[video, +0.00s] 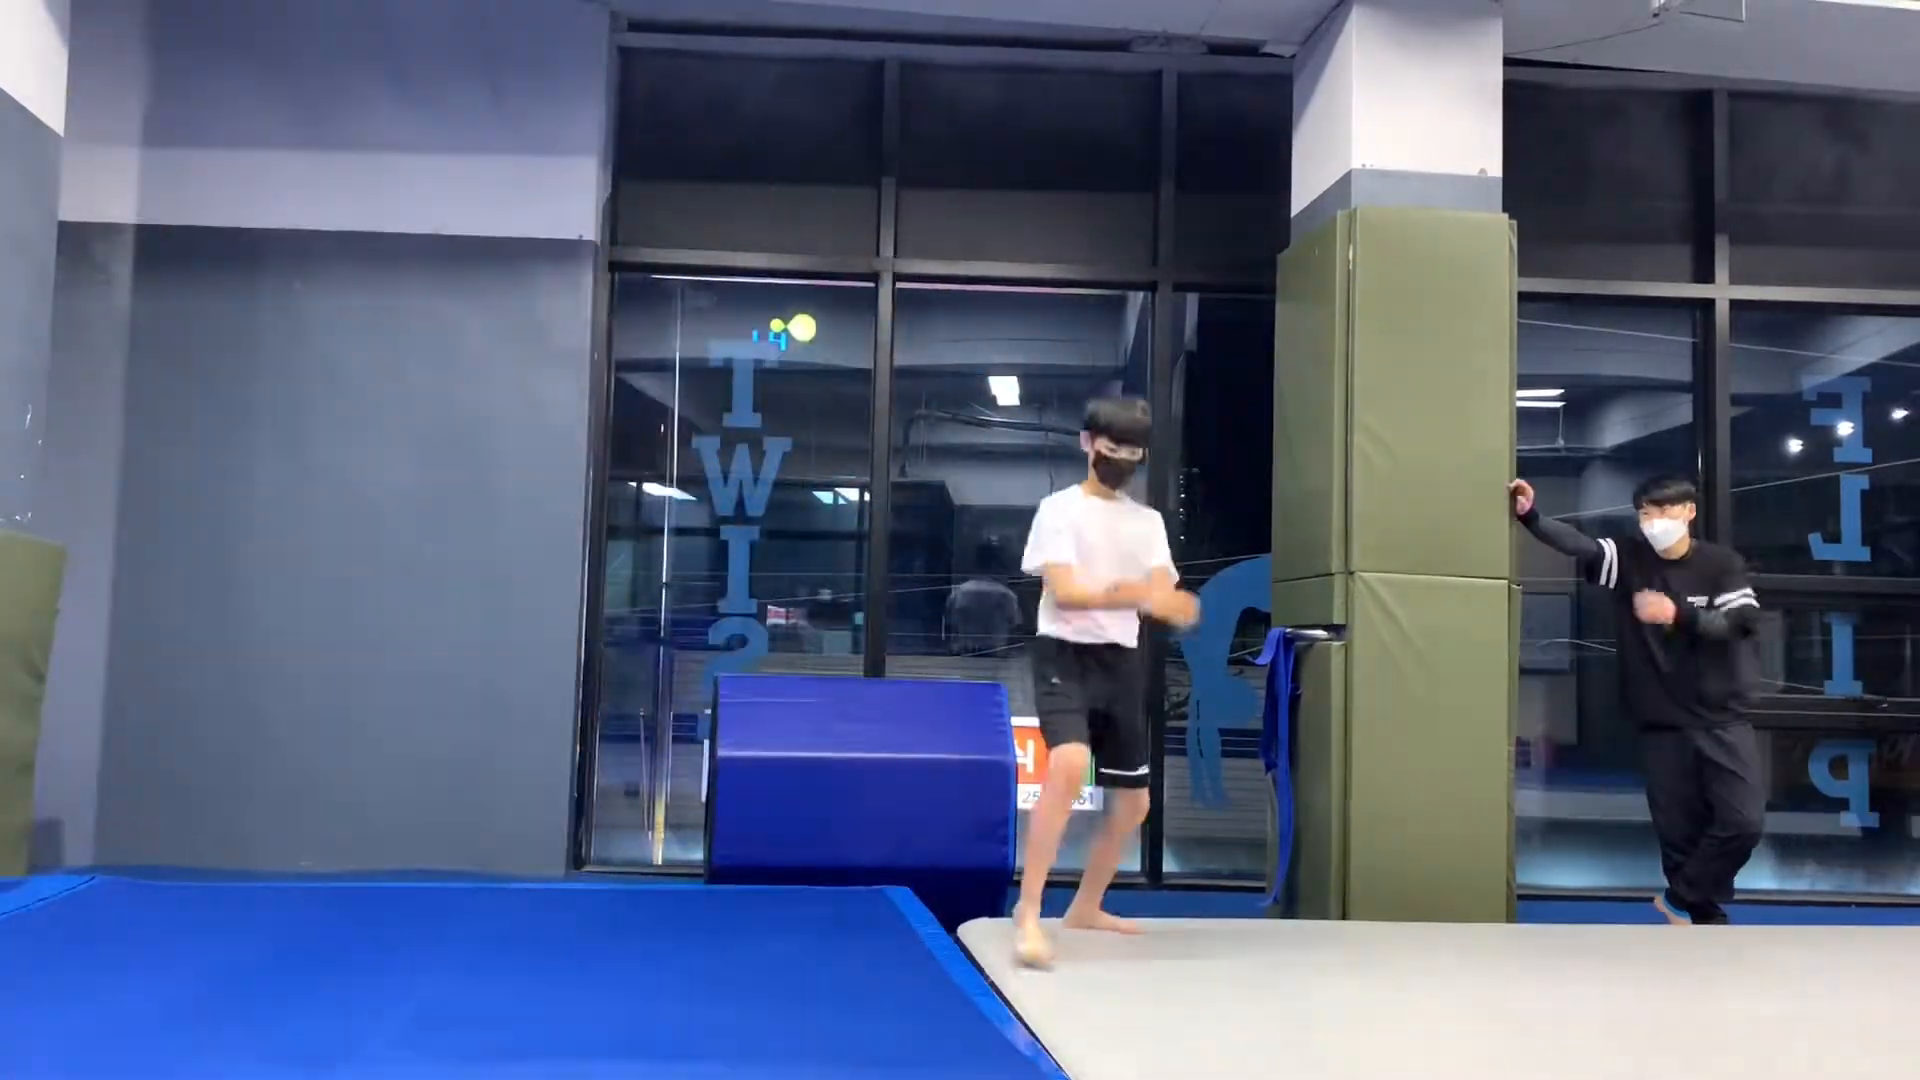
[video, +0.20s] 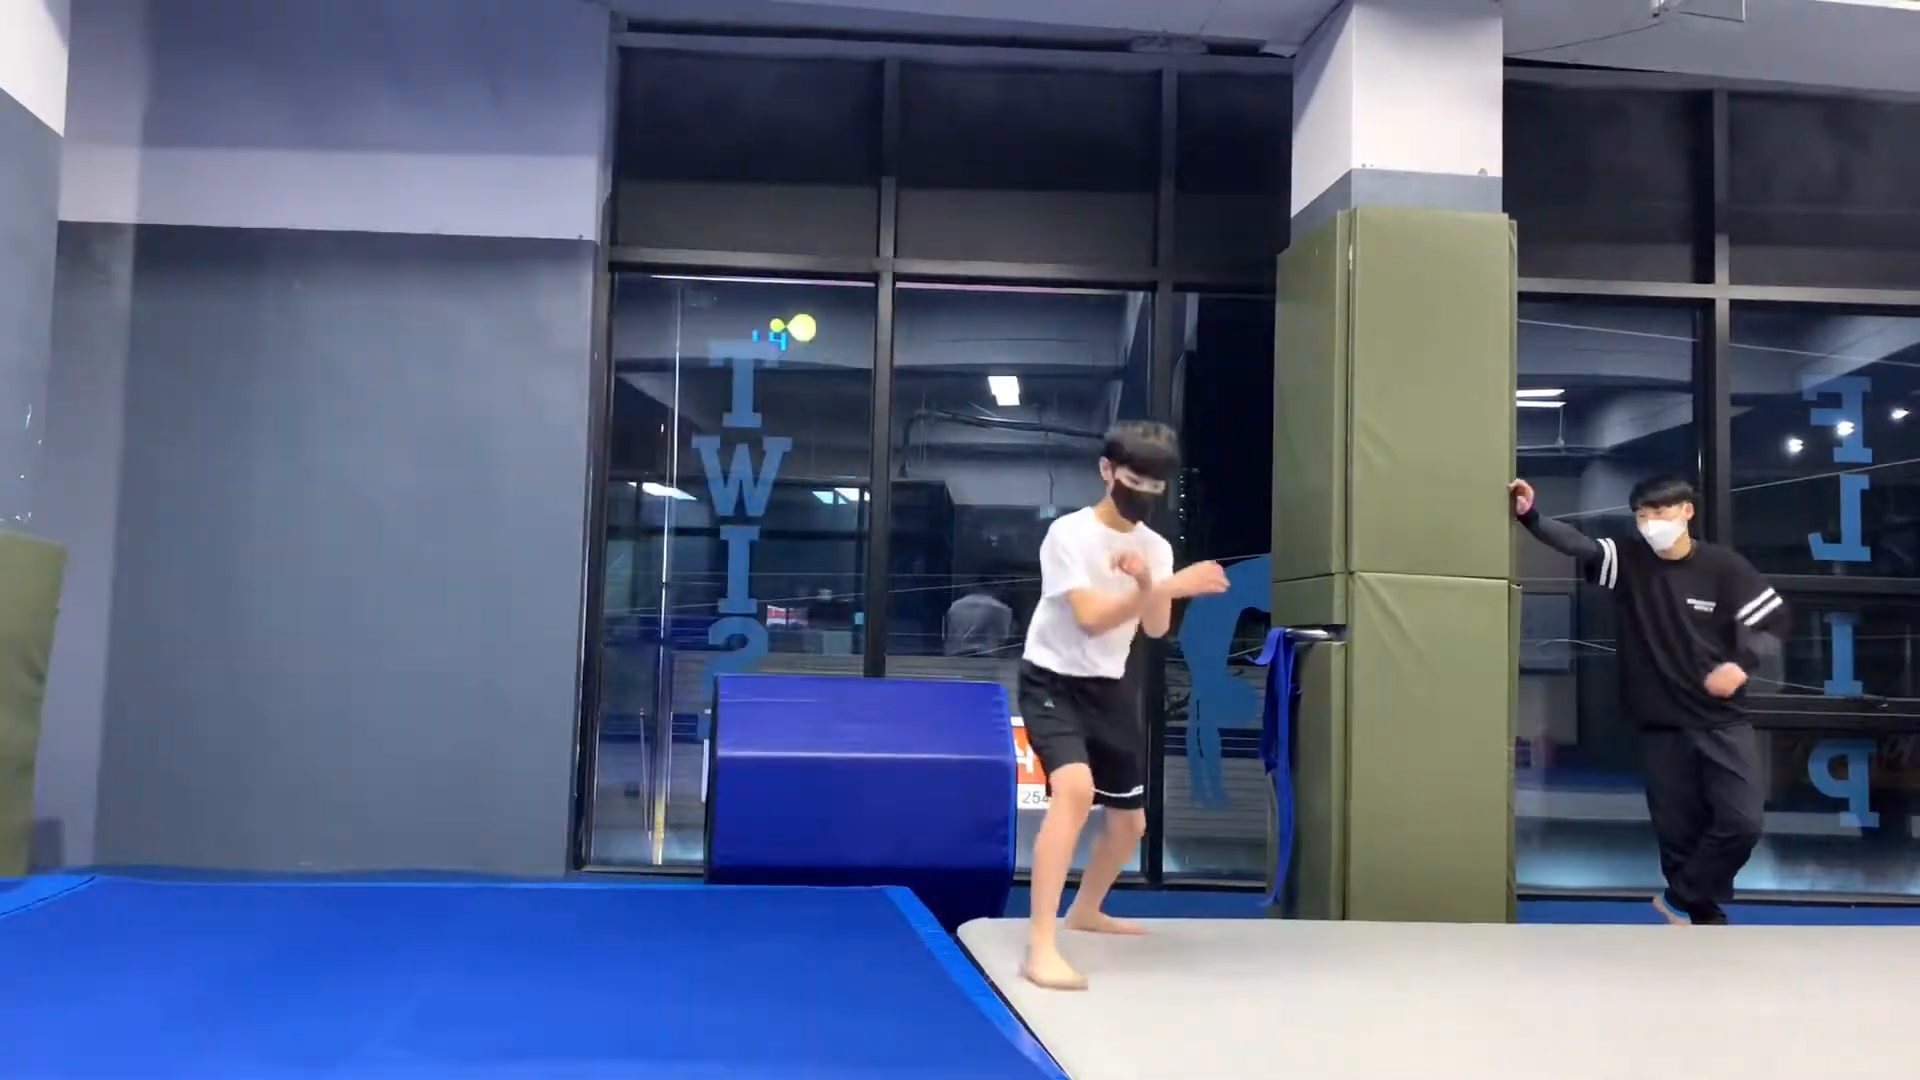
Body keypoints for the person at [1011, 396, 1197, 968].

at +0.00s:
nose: (1123, 456)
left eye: (1133, 447)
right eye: (1113, 443)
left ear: (1144, 452)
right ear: (1088, 442)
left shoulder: (1149, 521)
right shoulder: (1059, 509)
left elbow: (1173, 601)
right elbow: (1064, 590)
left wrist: (1165, 602)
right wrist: (1137, 594)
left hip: (1122, 659)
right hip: (1061, 653)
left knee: (1132, 800)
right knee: (1071, 765)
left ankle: (1085, 908)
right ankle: (1028, 915)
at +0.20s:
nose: (1144, 494)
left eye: (1155, 484)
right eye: (1135, 480)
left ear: (1167, 484)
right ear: (1108, 470)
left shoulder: (1157, 547)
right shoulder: (1068, 533)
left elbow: (1156, 627)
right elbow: (1092, 617)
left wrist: (1145, 581)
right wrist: (1172, 587)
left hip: (1109, 688)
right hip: (1049, 681)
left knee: (1129, 820)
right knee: (1074, 788)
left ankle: (1086, 911)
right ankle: (1041, 949)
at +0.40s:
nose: (1175, 480)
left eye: (1186, 469)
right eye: (1164, 465)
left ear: (1195, 472)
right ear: (1132, 459)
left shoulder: (1168, 544)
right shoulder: (1087, 527)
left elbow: (1167, 646)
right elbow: (1042, 622)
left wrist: (1190, 723)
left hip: (1093, 678)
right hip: (1041, 673)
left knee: (1096, 807)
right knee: (1095, 810)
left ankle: (1032, 890)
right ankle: (1047, 965)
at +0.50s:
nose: (1209, 434)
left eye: (1215, 424)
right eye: (1200, 421)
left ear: (1210, 428)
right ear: (1161, 414)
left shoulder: (1175, 498)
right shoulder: (1119, 480)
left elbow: (1151, 579)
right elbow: (1029, 545)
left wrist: (1160, 659)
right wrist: (999, 642)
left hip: (1105, 638)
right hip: (1055, 629)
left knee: (1117, 784)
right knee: (1087, 785)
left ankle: (1016, 891)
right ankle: (1039, 948)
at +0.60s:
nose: (1226, 400)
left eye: (1228, 389)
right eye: (1222, 387)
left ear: (1185, 386)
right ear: (1191, 383)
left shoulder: (1154, 445)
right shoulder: (1154, 437)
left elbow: (1066, 494)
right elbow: (1055, 478)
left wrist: (1091, 559)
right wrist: (993, 546)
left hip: (1101, 601)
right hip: (1083, 595)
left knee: (1145, 757)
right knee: (1101, 756)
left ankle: (1127, 909)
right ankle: (990, 887)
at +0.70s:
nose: (1216, 406)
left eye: (1216, 395)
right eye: (1216, 395)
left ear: (1160, 389)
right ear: (1203, 396)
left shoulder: (1130, 434)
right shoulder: (1166, 438)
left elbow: (1056, 442)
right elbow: (1092, 458)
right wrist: (1048, 497)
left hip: (1114, 608)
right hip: (1133, 608)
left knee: (1172, 782)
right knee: (1083, 753)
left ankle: (1218, 943)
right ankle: (958, 855)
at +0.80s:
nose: (1201, 431)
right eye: (1200, 424)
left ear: (1133, 429)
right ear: (1198, 426)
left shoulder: (1103, 473)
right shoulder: (1189, 466)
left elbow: (1011, 468)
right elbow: (1178, 501)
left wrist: (932, 442)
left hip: (1106, 635)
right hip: (1155, 635)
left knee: (1176, 815)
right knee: (1117, 783)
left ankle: (1210, 977)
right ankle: (1006, 854)